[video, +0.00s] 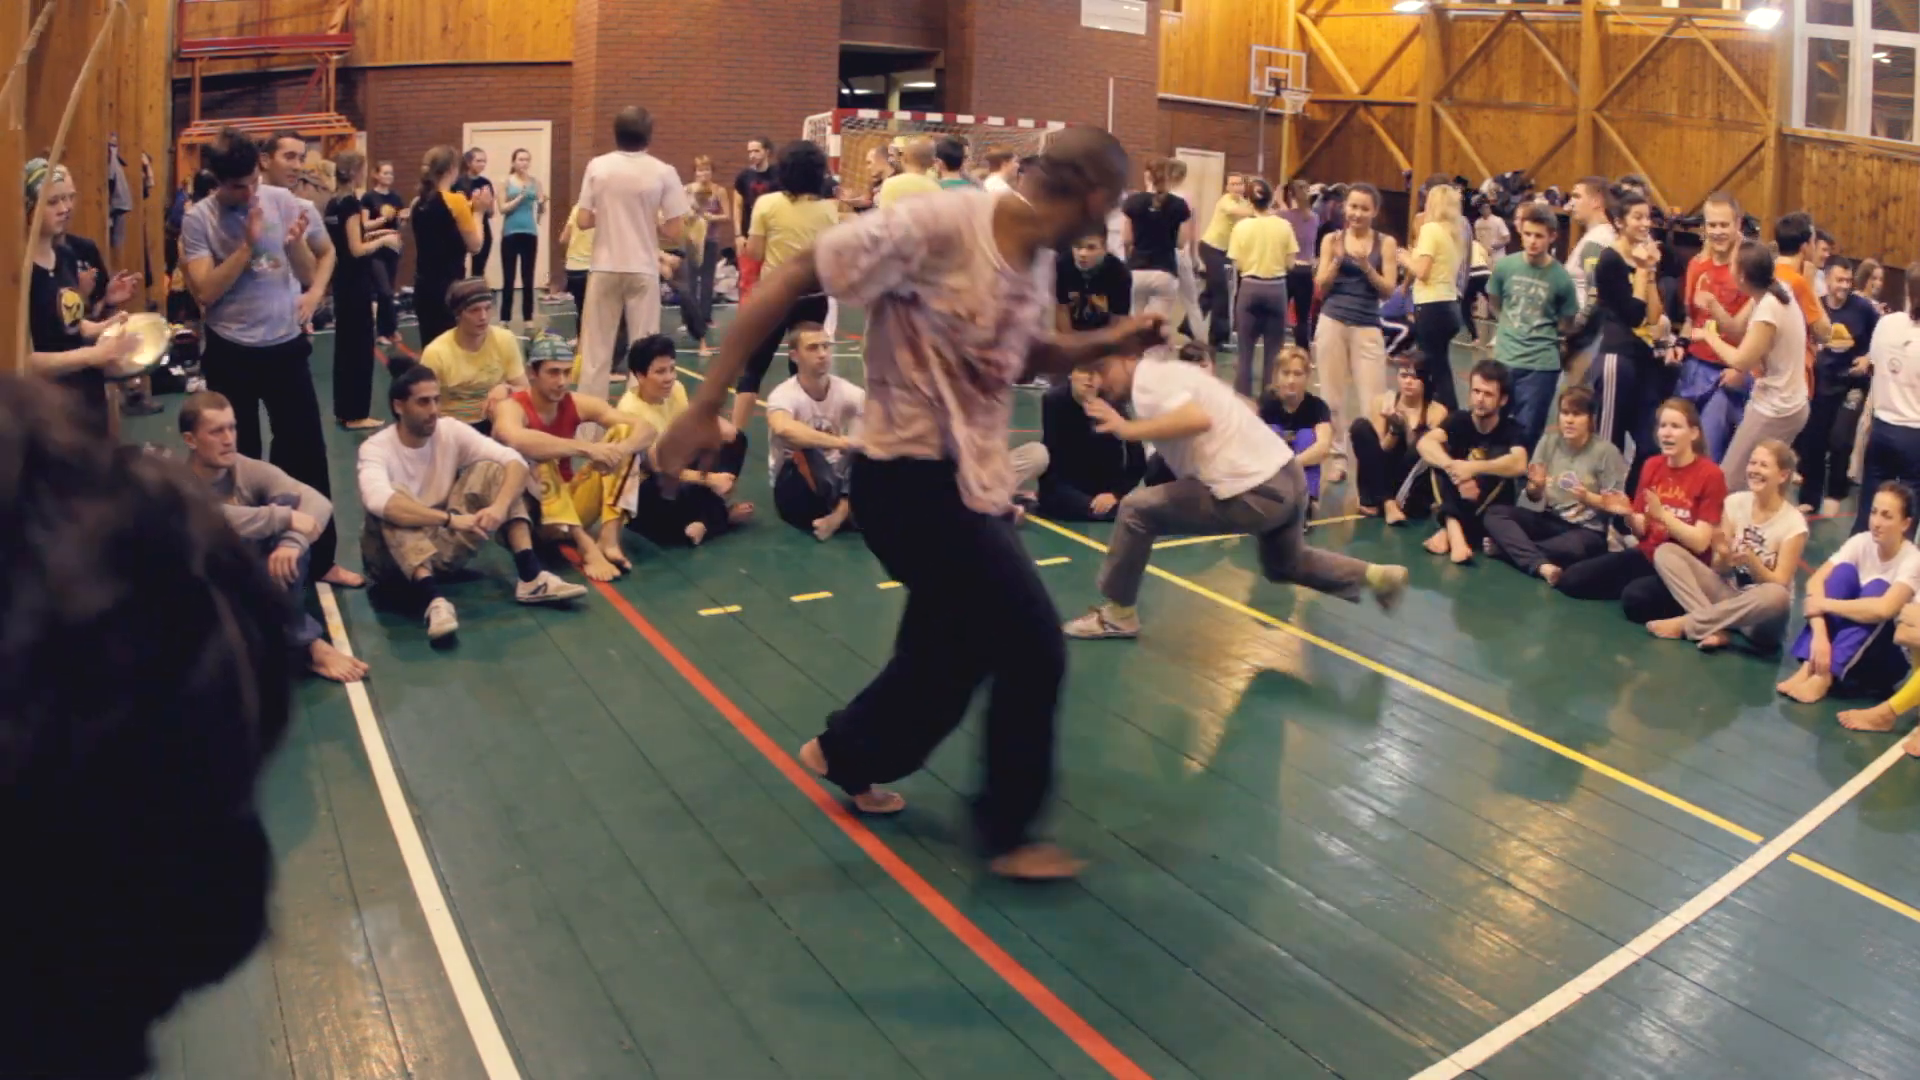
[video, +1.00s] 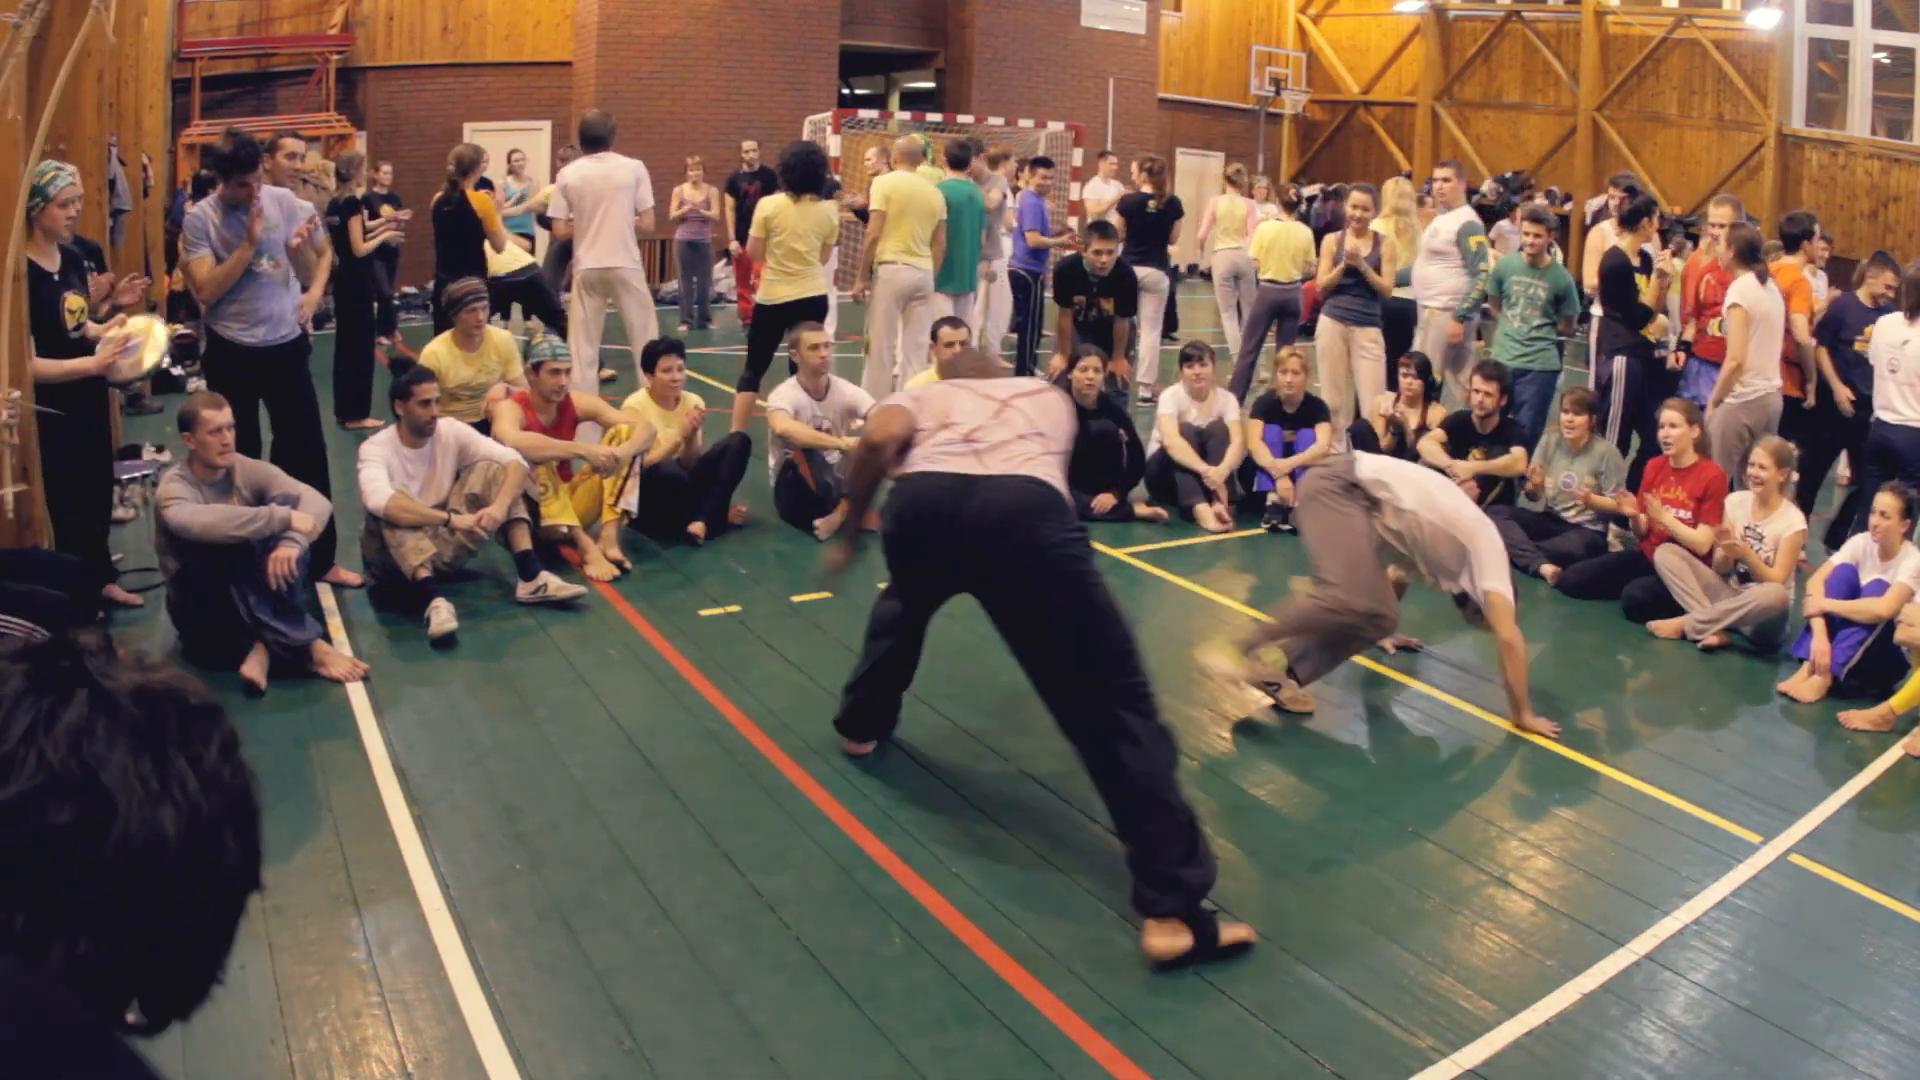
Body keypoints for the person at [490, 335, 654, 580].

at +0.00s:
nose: (562, 381)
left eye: (567, 373)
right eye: (553, 373)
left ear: (572, 372)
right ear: (532, 373)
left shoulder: (579, 403)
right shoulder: (511, 407)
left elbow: (646, 429)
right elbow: (512, 438)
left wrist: (622, 449)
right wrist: (585, 448)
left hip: (572, 505)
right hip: (528, 511)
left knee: (623, 432)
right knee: (543, 466)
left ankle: (609, 536)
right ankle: (587, 546)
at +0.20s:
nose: (562, 381)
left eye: (567, 373)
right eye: (553, 373)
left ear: (572, 372)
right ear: (532, 373)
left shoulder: (578, 403)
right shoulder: (510, 407)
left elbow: (646, 429)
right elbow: (512, 438)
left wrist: (622, 449)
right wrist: (585, 447)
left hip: (572, 504)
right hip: (528, 511)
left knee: (624, 431)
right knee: (542, 465)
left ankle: (609, 536)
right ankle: (586, 545)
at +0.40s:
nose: (563, 380)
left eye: (568, 371)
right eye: (554, 372)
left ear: (574, 371)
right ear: (532, 373)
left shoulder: (579, 403)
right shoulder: (510, 408)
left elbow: (647, 430)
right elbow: (508, 440)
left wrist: (623, 450)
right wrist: (584, 449)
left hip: (574, 504)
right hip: (530, 510)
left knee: (628, 433)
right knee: (538, 462)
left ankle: (609, 536)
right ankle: (586, 544)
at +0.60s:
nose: (562, 380)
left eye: (567, 371)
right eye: (554, 372)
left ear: (573, 371)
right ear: (533, 373)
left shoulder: (578, 402)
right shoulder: (510, 405)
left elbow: (645, 428)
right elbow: (512, 438)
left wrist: (625, 450)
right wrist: (585, 449)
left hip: (572, 504)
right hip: (528, 509)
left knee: (624, 437)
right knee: (540, 465)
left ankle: (609, 537)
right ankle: (586, 545)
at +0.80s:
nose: (563, 381)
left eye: (567, 373)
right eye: (554, 373)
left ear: (572, 372)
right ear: (531, 374)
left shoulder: (579, 403)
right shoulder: (510, 407)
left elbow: (642, 429)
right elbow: (508, 438)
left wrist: (625, 450)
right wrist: (583, 448)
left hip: (572, 504)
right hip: (529, 510)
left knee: (623, 432)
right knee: (540, 466)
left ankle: (609, 537)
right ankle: (586, 546)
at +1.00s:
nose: (563, 382)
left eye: (567, 373)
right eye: (554, 373)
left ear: (572, 372)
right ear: (531, 374)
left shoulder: (578, 402)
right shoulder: (510, 407)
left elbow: (646, 428)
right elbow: (508, 439)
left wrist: (625, 451)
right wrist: (583, 450)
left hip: (572, 504)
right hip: (528, 510)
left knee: (623, 432)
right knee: (542, 466)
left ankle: (609, 536)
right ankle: (587, 546)